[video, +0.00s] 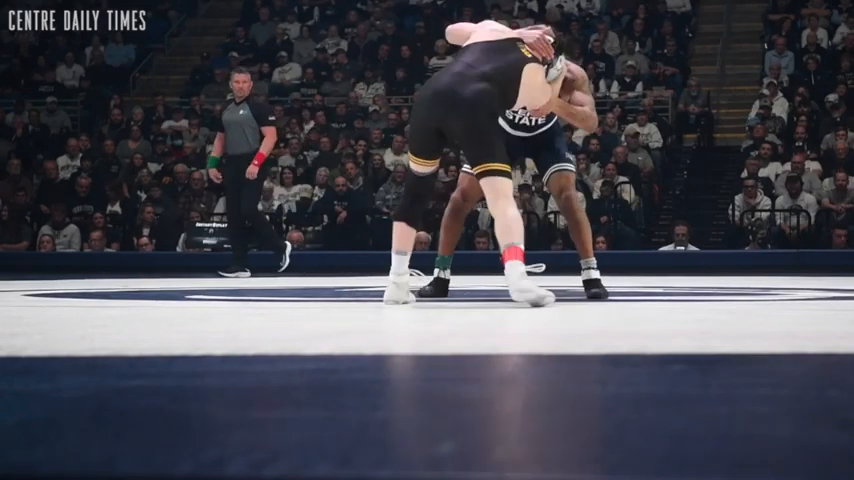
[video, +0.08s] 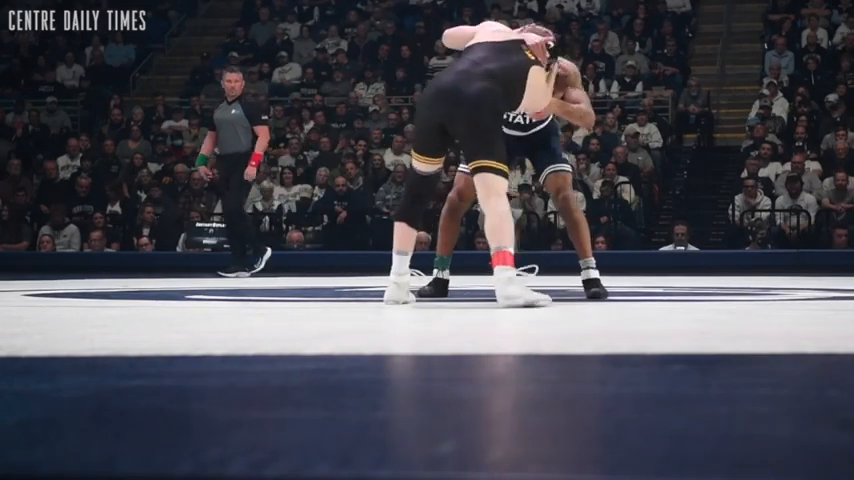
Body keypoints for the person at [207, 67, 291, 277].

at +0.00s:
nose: (240, 86)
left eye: (244, 82)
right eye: (237, 82)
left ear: (251, 85)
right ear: (230, 85)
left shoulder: (258, 106)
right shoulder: (226, 109)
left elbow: (271, 136)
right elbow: (220, 137)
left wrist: (256, 163)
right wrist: (212, 163)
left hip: (252, 163)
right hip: (231, 163)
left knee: (248, 211)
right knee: (234, 215)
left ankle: (281, 247)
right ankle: (240, 265)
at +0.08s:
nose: (232, 85)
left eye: (236, 81)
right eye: (228, 81)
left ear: (243, 83)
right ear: (222, 84)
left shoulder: (250, 105)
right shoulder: (218, 110)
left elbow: (263, 135)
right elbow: (211, 138)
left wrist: (254, 163)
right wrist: (202, 161)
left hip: (244, 161)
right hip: (225, 163)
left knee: (233, 207)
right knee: (230, 210)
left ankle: (259, 249)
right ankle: (240, 263)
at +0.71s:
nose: (171, 81)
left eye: (175, 77)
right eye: (166, 77)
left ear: (181, 79)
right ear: (160, 80)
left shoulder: (187, 102)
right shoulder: (155, 106)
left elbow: (196, 134)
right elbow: (148, 133)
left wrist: (181, 161)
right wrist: (140, 160)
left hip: (181, 161)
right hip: (160, 162)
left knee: (180, 210)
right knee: (151, 207)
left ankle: (187, 262)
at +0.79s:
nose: (161, 81)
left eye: (165, 77)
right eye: (157, 77)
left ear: (171, 79)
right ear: (150, 79)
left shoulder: (179, 102)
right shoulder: (145, 105)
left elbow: (186, 134)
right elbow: (139, 134)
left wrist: (166, 158)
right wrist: (132, 161)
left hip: (176, 163)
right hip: (150, 164)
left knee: (177, 211)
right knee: (137, 207)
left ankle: (188, 264)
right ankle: (142, 262)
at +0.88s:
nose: (150, 82)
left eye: (154, 78)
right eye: (146, 78)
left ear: (161, 80)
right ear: (139, 80)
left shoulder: (169, 102)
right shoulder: (135, 107)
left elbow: (176, 134)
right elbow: (130, 135)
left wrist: (154, 157)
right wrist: (124, 163)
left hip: (167, 165)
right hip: (143, 165)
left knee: (173, 212)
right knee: (134, 211)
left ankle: (189, 264)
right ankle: (118, 262)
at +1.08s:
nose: (123, 81)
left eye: (127, 76)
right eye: (119, 76)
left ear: (133, 79)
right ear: (112, 78)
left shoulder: (141, 101)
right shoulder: (108, 104)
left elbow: (152, 133)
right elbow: (103, 134)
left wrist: (135, 159)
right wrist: (97, 163)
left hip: (137, 161)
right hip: (113, 162)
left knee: (140, 210)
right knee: (110, 212)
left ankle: (174, 251)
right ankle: (111, 265)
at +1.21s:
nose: (108, 78)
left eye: (112, 74)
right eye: (104, 74)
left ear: (119, 76)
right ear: (97, 76)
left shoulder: (128, 98)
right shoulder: (90, 102)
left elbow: (140, 131)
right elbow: (85, 132)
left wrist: (127, 160)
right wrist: (76, 160)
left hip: (121, 159)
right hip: (98, 160)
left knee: (114, 206)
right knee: (102, 211)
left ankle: (145, 247)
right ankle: (110, 265)